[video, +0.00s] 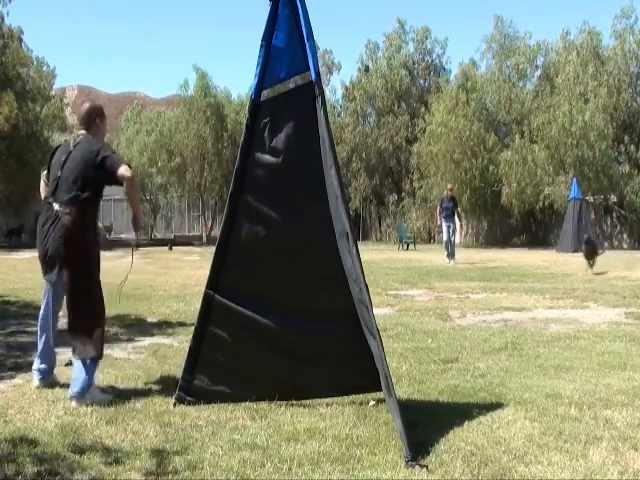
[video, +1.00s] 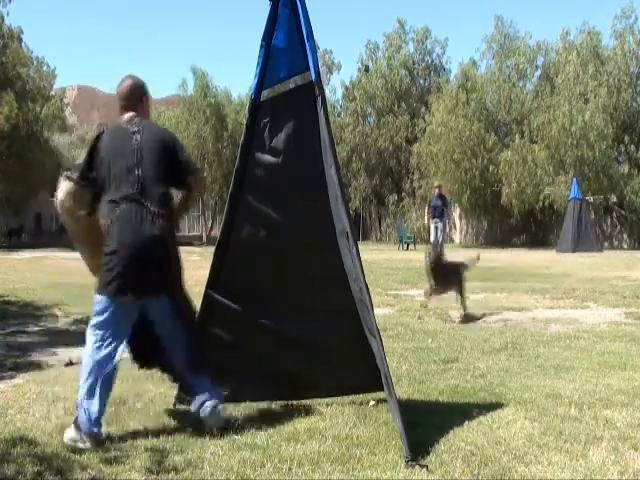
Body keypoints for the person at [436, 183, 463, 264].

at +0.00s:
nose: (450, 192)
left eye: (451, 191)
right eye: (449, 191)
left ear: (453, 191)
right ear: (446, 191)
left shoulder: (454, 199)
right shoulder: (443, 199)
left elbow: (457, 210)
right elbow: (439, 209)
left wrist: (460, 221)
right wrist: (439, 220)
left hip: (452, 220)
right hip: (444, 220)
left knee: (452, 239)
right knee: (446, 239)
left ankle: (452, 257)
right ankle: (447, 254)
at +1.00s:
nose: (437, 191)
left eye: (439, 189)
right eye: (436, 189)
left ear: (441, 190)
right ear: (434, 190)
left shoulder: (443, 198)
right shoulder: (432, 199)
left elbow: (446, 208)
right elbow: (428, 209)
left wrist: (447, 218)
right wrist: (427, 218)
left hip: (441, 219)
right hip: (433, 219)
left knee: (440, 238)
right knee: (433, 238)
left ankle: (440, 254)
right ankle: (433, 254)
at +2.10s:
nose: (417, 189)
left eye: (419, 187)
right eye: (416, 187)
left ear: (421, 187)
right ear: (414, 188)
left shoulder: (425, 198)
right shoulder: (412, 198)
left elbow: (427, 209)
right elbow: (409, 209)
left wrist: (426, 219)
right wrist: (408, 219)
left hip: (422, 221)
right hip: (413, 220)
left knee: (424, 243)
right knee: (413, 242)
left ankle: (426, 264)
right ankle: (412, 264)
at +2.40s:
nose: (407, 187)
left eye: (409, 185)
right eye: (405, 185)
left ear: (412, 185)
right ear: (404, 186)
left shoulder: (417, 196)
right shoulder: (402, 196)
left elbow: (420, 210)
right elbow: (399, 209)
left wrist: (418, 221)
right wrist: (396, 221)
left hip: (414, 221)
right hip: (405, 220)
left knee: (414, 244)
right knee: (407, 245)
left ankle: (419, 261)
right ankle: (410, 265)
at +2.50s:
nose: (404, 185)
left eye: (406, 183)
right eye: (403, 183)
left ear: (409, 183)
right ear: (401, 184)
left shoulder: (414, 194)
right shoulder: (400, 195)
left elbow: (418, 208)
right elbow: (396, 207)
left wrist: (420, 220)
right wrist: (395, 218)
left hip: (412, 218)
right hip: (403, 218)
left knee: (410, 241)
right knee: (405, 241)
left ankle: (412, 262)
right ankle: (409, 262)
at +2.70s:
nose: (401, 186)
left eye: (402, 184)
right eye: (399, 184)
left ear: (405, 185)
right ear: (397, 186)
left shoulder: (410, 196)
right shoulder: (394, 197)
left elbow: (416, 207)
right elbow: (391, 207)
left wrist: (420, 218)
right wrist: (391, 215)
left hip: (407, 220)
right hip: (397, 220)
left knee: (404, 244)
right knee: (403, 244)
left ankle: (404, 265)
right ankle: (409, 263)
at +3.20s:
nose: (385, 186)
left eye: (387, 183)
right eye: (384, 184)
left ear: (391, 184)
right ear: (382, 185)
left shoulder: (395, 194)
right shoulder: (382, 195)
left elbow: (397, 208)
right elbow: (380, 208)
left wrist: (387, 215)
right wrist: (379, 219)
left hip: (394, 223)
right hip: (384, 223)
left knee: (397, 247)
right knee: (383, 247)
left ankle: (401, 267)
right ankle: (382, 269)